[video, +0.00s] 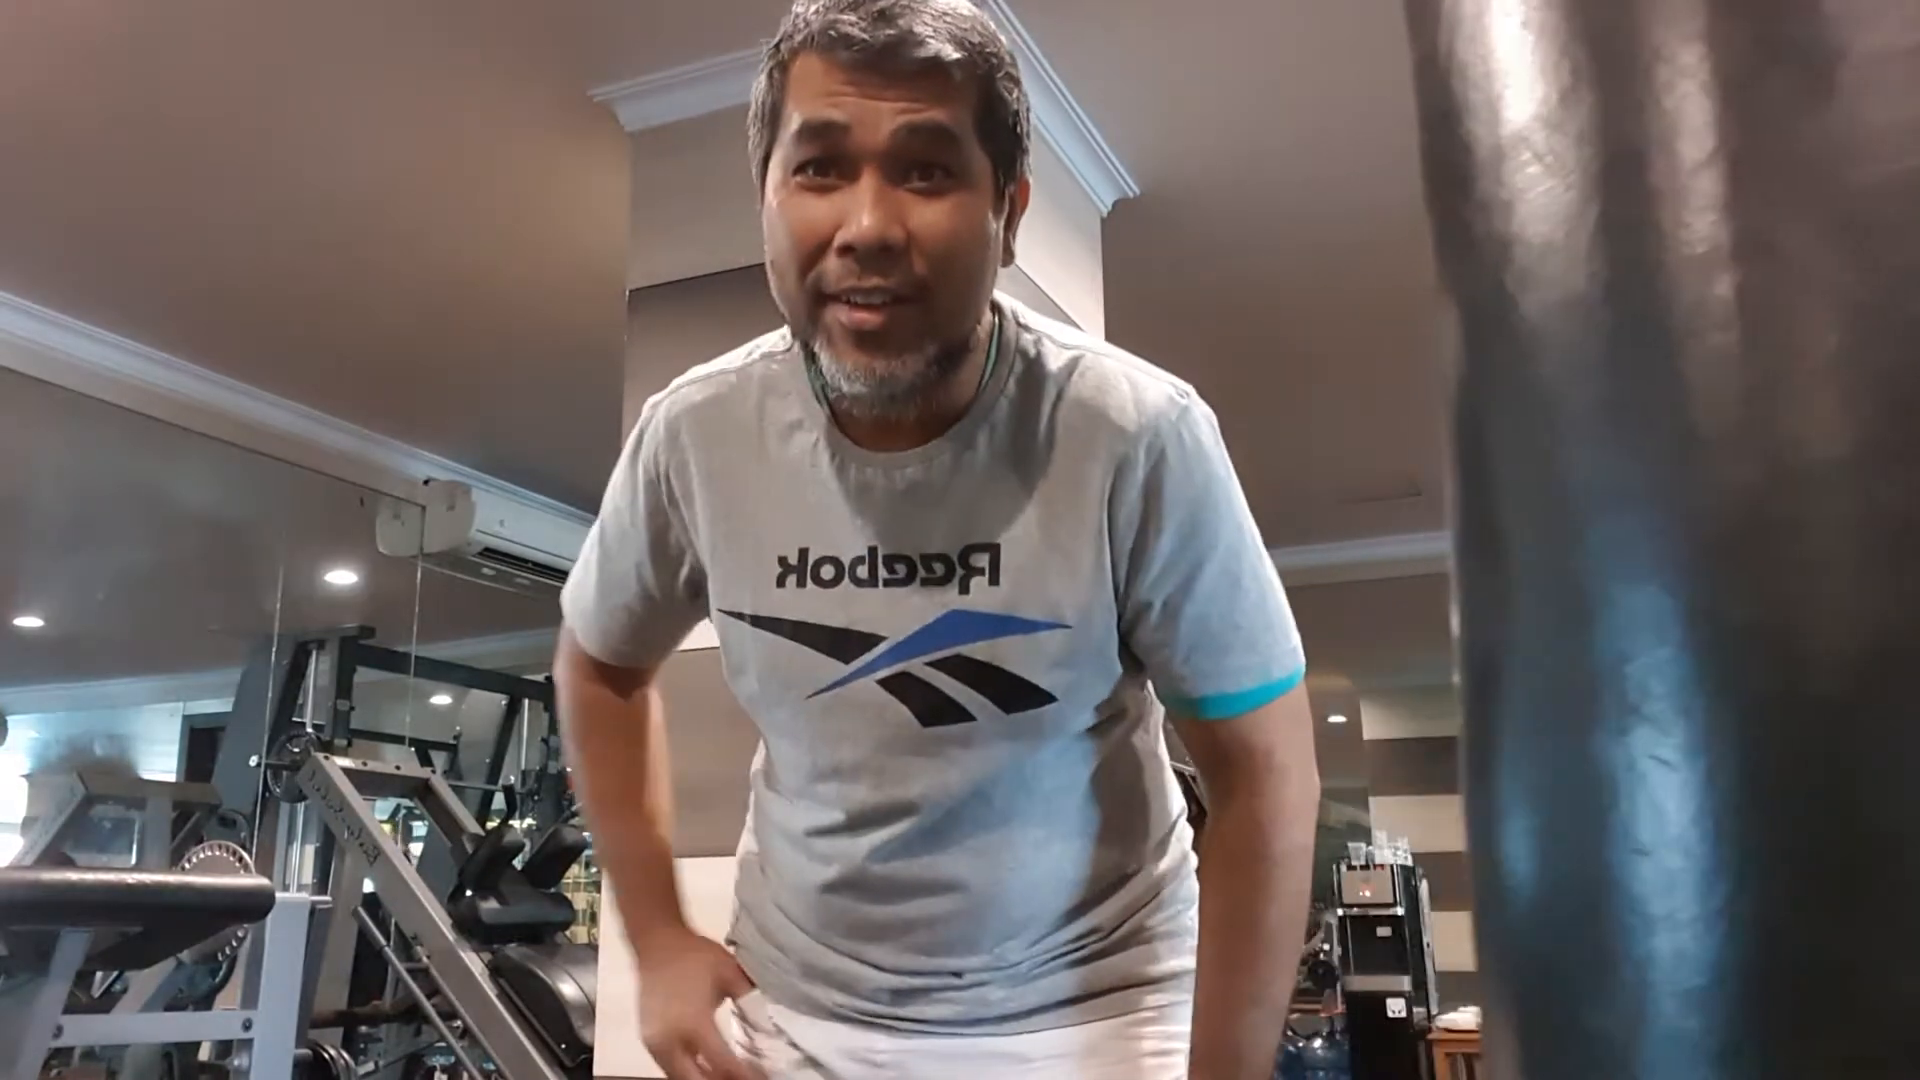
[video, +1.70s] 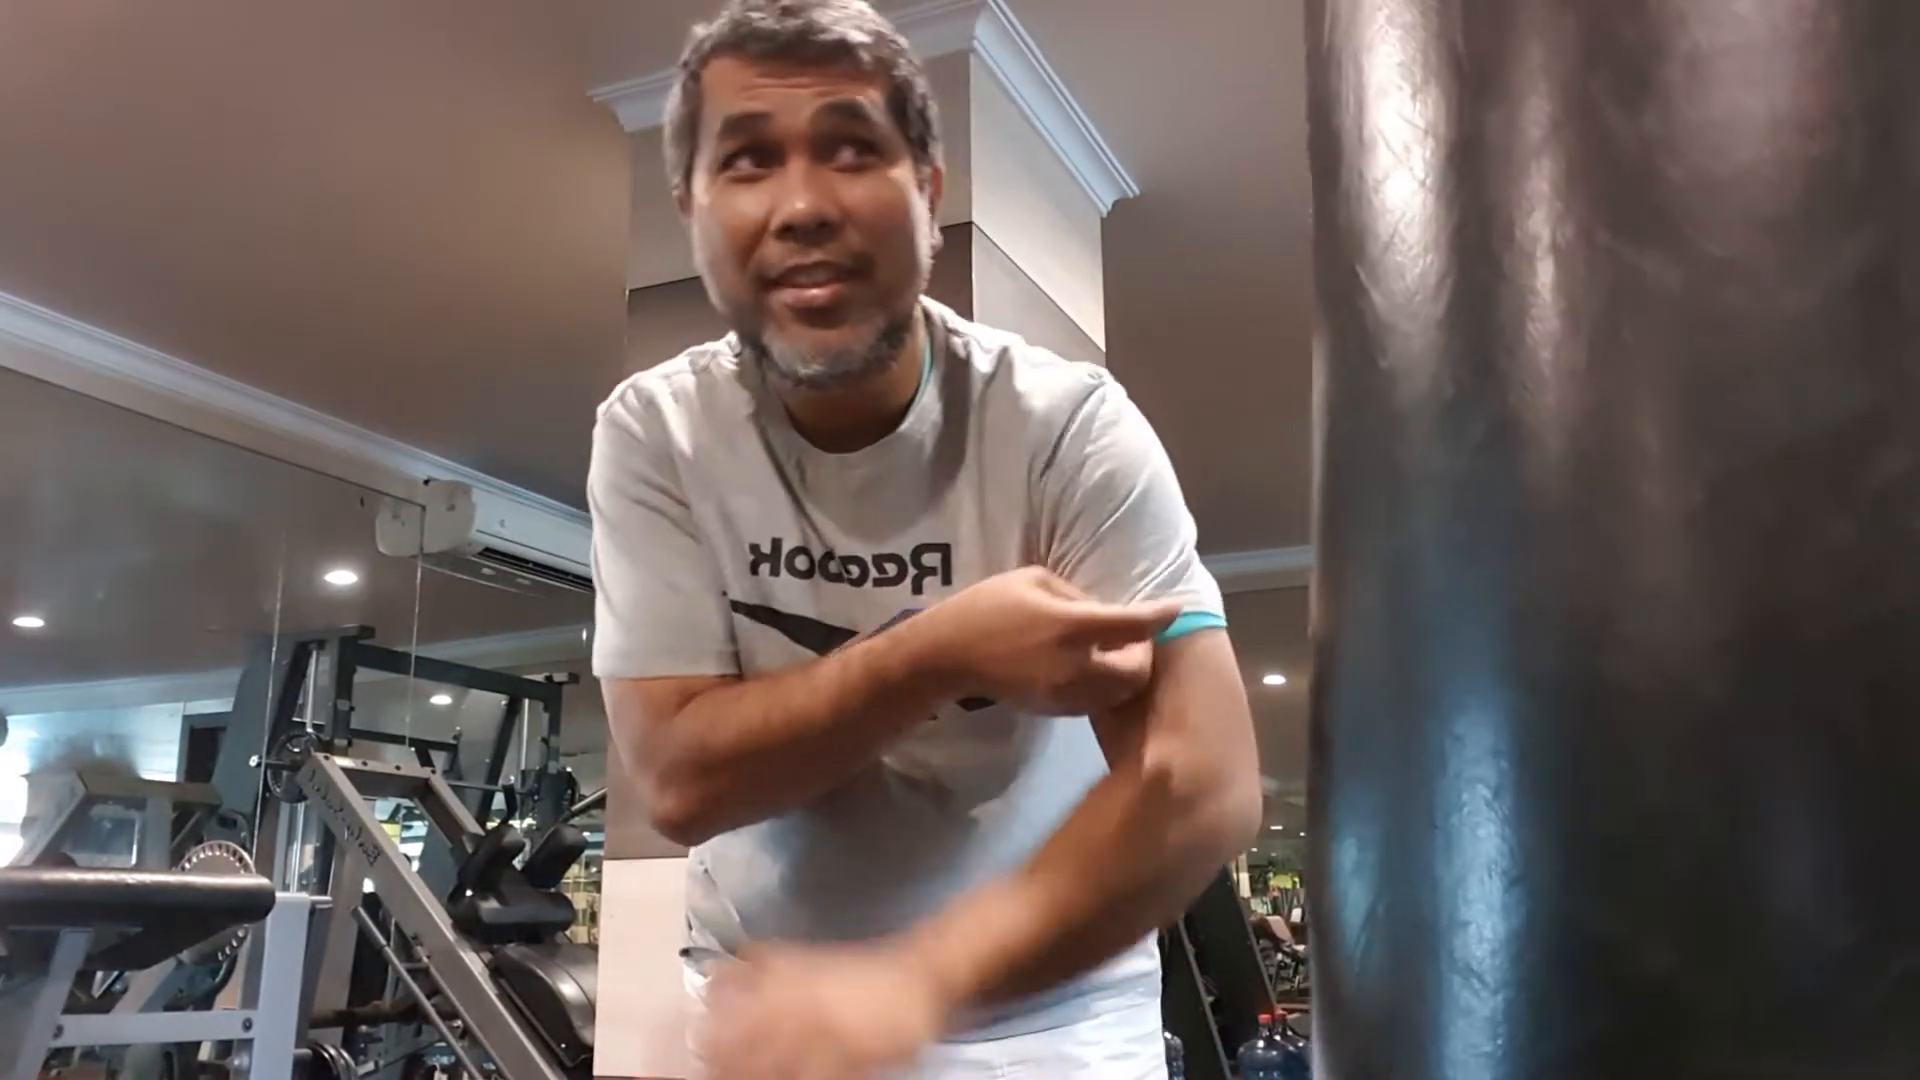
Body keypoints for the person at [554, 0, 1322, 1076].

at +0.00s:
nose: (867, 227)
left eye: (925, 171)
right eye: (819, 168)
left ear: (1009, 209)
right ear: (765, 203)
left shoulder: (1142, 440)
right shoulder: (690, 442)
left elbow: (1262, 774)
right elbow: (603, 663)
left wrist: (1229, 1068)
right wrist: (658, 937)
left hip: (1092, 1011)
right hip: (797, 1008)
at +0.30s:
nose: (869, 214)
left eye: (925, 162)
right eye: (821, 159)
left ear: (1005, 204)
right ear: (765, 197)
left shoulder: (1125, 439)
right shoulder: (686, 437)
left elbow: (1223, 815)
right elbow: (603, 733)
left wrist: (1204, 1067)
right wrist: (760, 936)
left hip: (1063, 1000)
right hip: (792, 991)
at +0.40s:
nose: (867, 211)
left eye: (923, 160)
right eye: (819, 157)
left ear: (1003, 203)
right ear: (763, 193)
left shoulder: (1121, 438)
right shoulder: (687, 433)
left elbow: (1178, 850)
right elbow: (652, 780)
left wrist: (1170, 1072)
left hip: (1050, 1026)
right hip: (777, 1015)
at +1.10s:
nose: (846, 205)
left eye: (905, 154)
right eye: (799, 148)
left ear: (985, 202)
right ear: (744, 187)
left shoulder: (1098, 435)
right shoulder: (673, 399)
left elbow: (1156, 822)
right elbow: (679, 745)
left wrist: (1134, 1073)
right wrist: (979, 662)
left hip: (1022, 1026)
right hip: (754, 1012)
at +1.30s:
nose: (842, 209)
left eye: (898, 158)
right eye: (796, 155)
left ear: (979, 201)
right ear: (737, 187)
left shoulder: (1090, 434)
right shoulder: (671, 403)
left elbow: (1218, 800)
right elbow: (676, 745)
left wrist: (1035, 1058)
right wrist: (960, 628)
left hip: (1048, 1025)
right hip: (763, 1019)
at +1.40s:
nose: (842, 214)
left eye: (900, 161)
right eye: (796, 159)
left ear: (980, 204)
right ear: (736, 190)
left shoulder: (1089, 431)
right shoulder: (671, 407)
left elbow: (1235, 792)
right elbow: (675, 746)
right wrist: (965, 635)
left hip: (1053, 1017)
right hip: (767, 1017)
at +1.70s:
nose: (803, 206)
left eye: (852, 152)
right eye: (749, 162)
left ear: (931, 195)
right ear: (691, 215)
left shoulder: (1067, 422)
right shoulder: (657, 432)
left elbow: (1202, 784)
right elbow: (676, 781)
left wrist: (920, 975)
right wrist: (941, 658)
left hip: (1054, 1004)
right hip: (770, 1002)